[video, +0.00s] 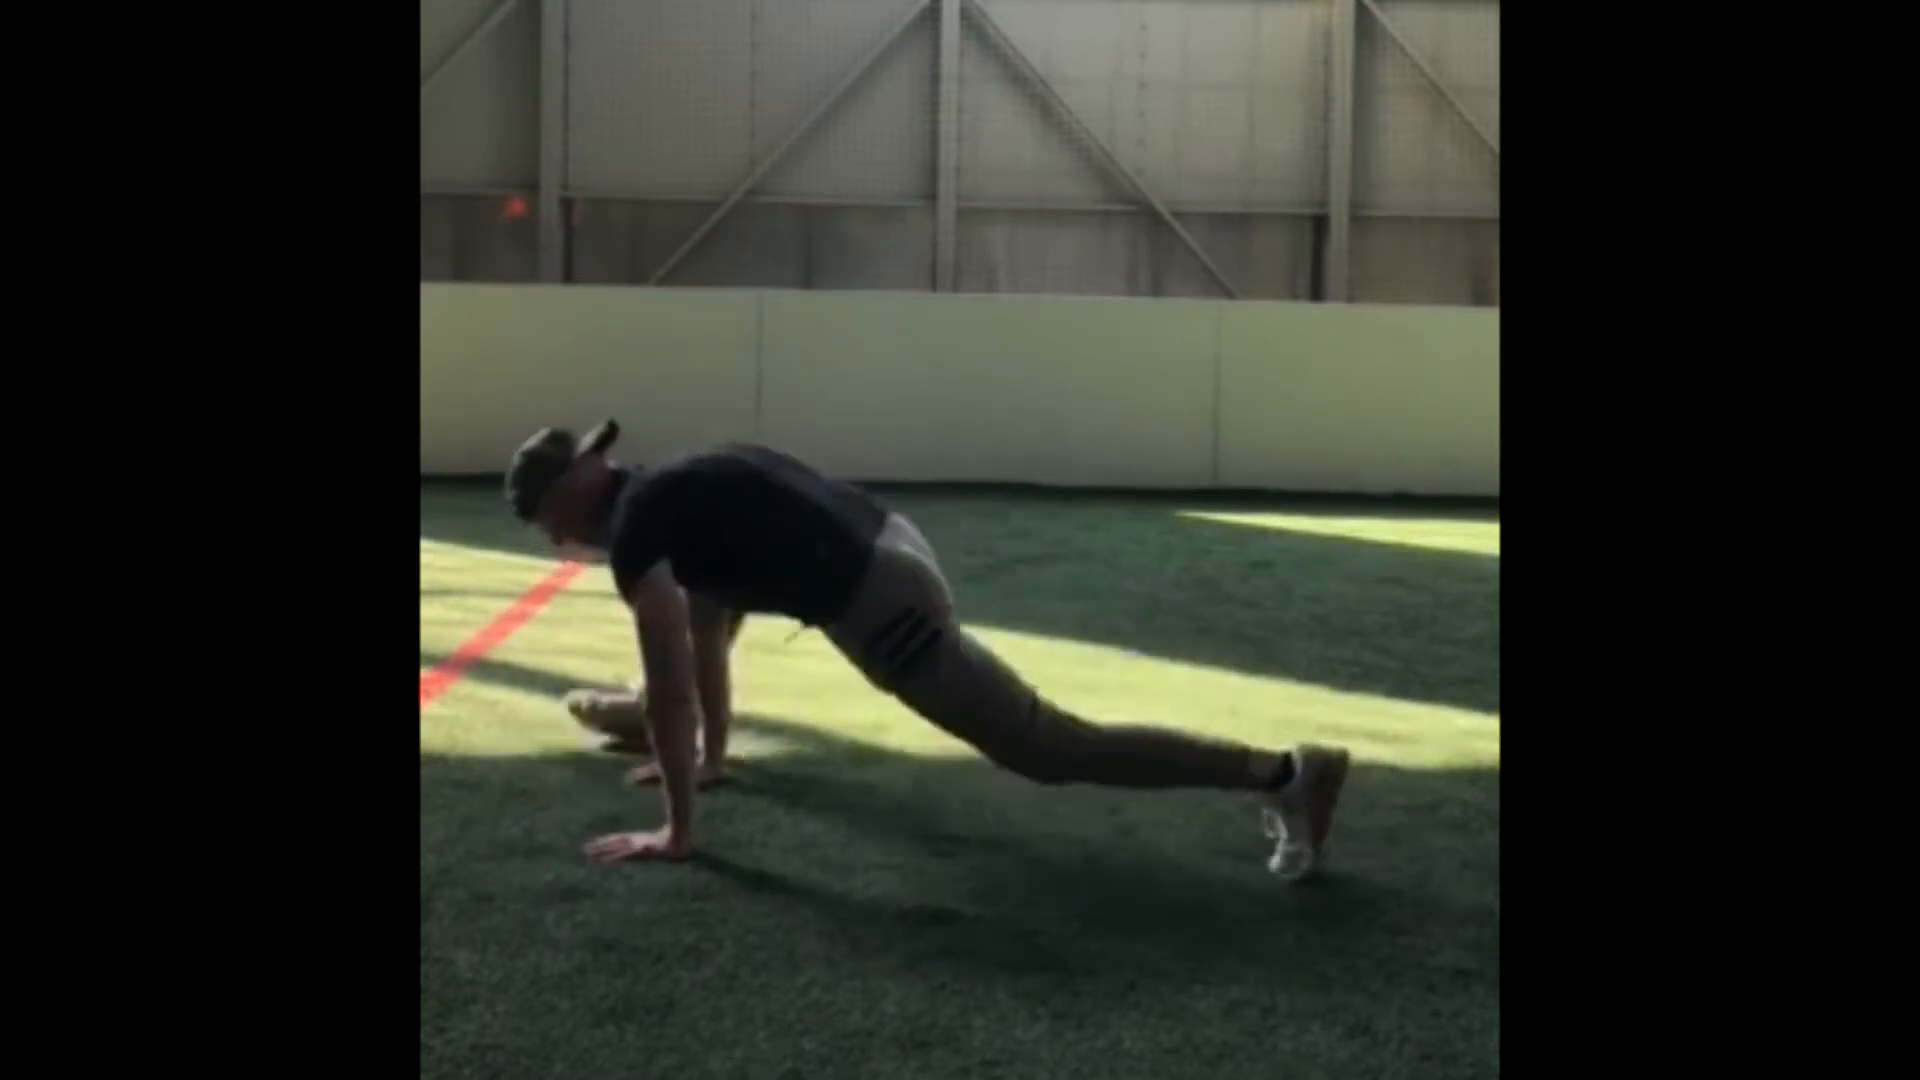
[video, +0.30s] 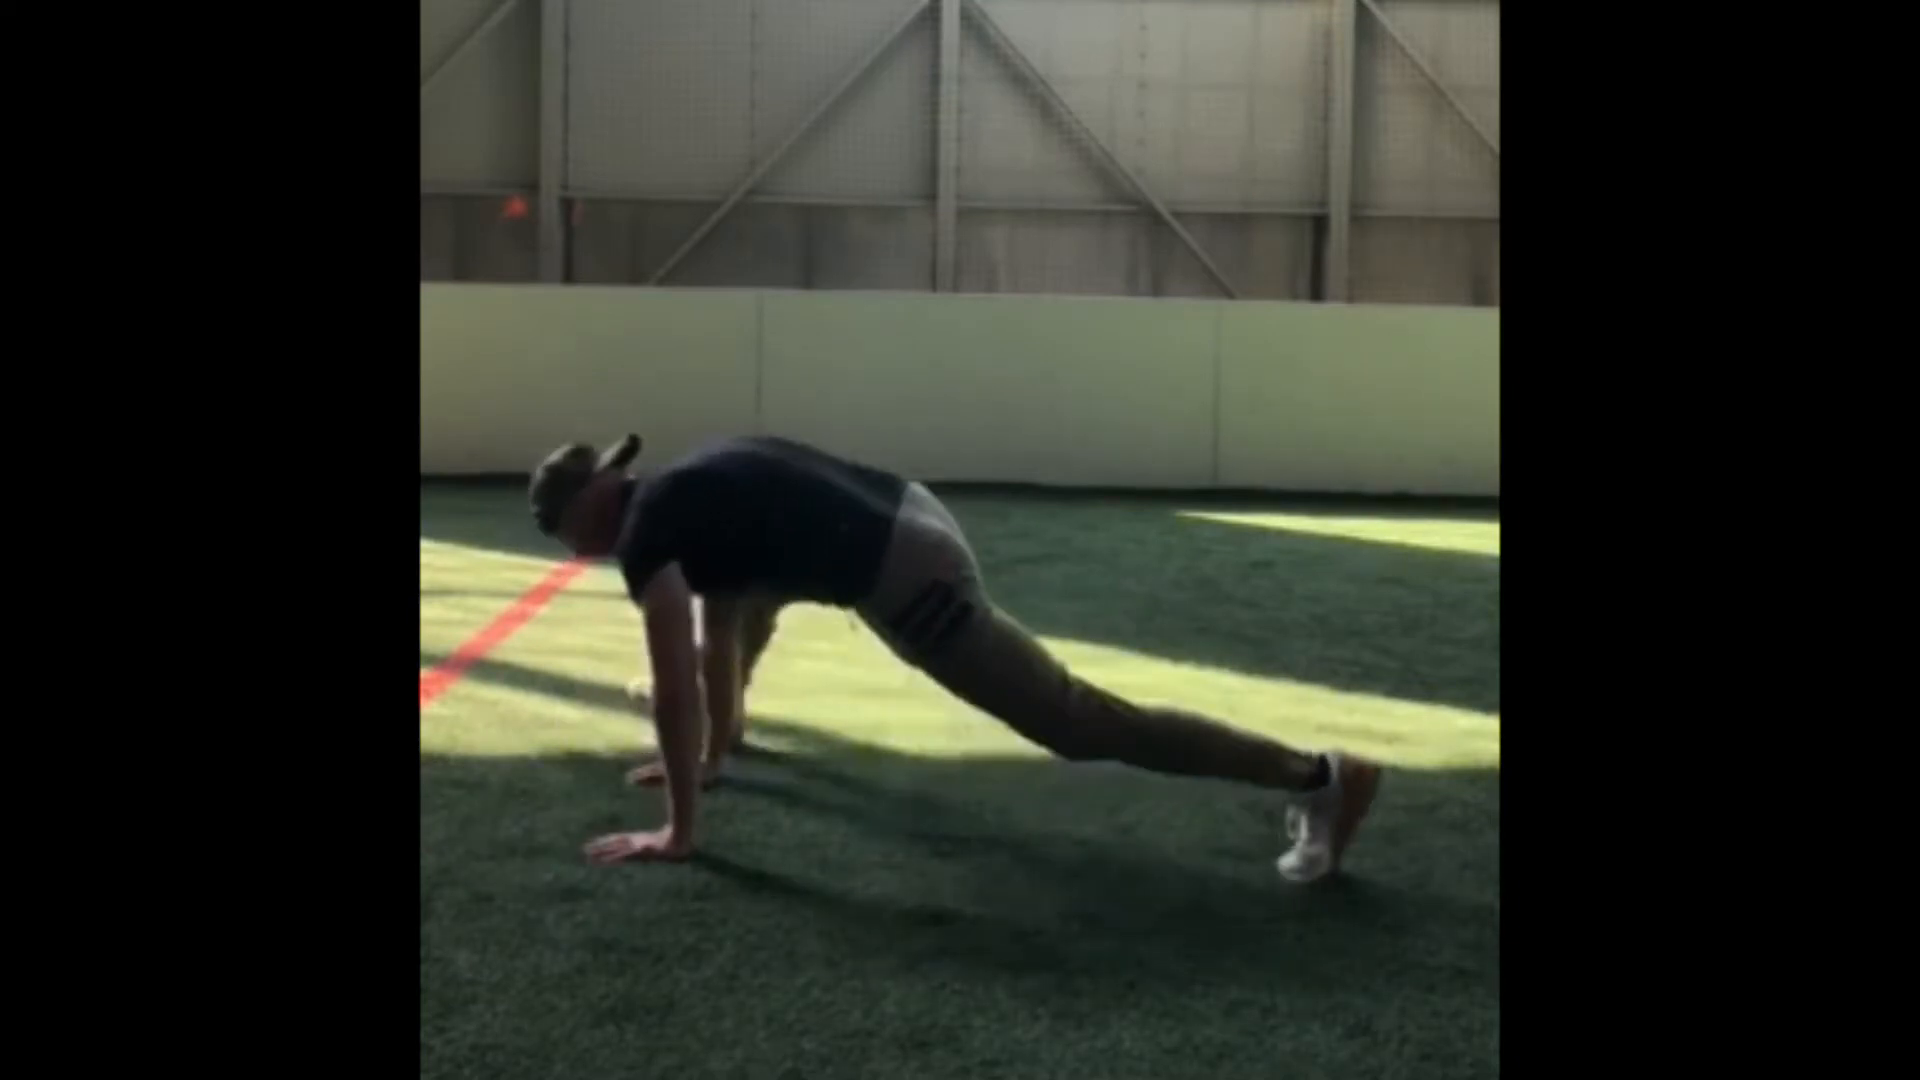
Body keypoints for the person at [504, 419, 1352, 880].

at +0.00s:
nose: (555, 540)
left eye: (548, 525)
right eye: (545, 527)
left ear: (577, 495)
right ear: (600, 472)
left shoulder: (637, 533)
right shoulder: (682, 485)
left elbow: (674, 691)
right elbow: (710, 643)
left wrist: (676, 832)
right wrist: (700, 738)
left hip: (879, 598)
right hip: (894, 545)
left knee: (1042, 747)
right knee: (692, 585)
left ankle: (1284, 779)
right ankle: (688, 726)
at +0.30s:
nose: (582, 556)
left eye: (574, 542)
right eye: (573, 543)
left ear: (592, 512)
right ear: (616, 481)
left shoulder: (647, 535)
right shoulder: (691, 482)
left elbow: (678, 687)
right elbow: (729, 627)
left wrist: (678, 829)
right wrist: (704, 735)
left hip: (907, 572)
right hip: (917, 524)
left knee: (1078, 723)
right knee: (740, 563)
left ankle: (1319, 781)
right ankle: (723, 732)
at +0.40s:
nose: (574, 561)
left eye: (566, 545)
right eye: (564, 549)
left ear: (587, 512)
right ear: (609, 488)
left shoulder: (645, 536)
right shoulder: (693, 496)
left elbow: (674, 691)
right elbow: (717, 660)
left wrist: (677, 830)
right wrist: (704, 766)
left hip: (917, 549)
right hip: (918, 490)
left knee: (1091, 687)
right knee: (757, 573)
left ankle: (1330, 779)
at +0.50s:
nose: (572, 565)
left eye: (564, 549)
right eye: (561, 553)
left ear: (583, 513)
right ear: (600, 491)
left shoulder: (642, 535)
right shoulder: (682, 499)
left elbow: (671, 693)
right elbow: (713, 652)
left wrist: (677, 829)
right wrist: (708, 756)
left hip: (914, 534)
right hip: (907, 502)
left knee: (1108, 675)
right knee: (853, 649)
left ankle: (1334, 777)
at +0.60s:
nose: (570, 562)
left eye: (562, 546)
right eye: (559, 551)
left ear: (580, 511)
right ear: (597, 489)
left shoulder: (642, 534)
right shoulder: (682, 501)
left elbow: (669, 694)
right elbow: (718, 652)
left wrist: (677, 829)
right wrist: (710, 752)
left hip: (914, 557)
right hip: (911, 540)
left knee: (1097, 687)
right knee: (970, 716)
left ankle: (1340, 780)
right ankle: (1166, 681)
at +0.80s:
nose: (583, 561)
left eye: (574, 546)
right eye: (572, 551)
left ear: (593, 511)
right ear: (613, 489)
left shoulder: (652, 536)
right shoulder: (698, 502)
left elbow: (676, 696)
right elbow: (732, 661)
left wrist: (679, 833)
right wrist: (710, 760)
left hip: (919, 581)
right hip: (940, 540)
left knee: (1038, 774)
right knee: (1073, 709)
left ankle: (1283, 760)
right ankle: (1282, 739)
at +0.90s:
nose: (582, 563)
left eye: (572, 548)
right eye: (569, 553)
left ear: (593, 508)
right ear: (610, 489)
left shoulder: (657, 534)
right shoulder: (693, 501)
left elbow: (681, 689)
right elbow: (725, 660)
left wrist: (678, 831)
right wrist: (704, 763)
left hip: (901, 549)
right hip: (941, 515)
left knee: (881, 761)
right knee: (1081, 677)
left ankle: (1119, 749)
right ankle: (1300, 735)